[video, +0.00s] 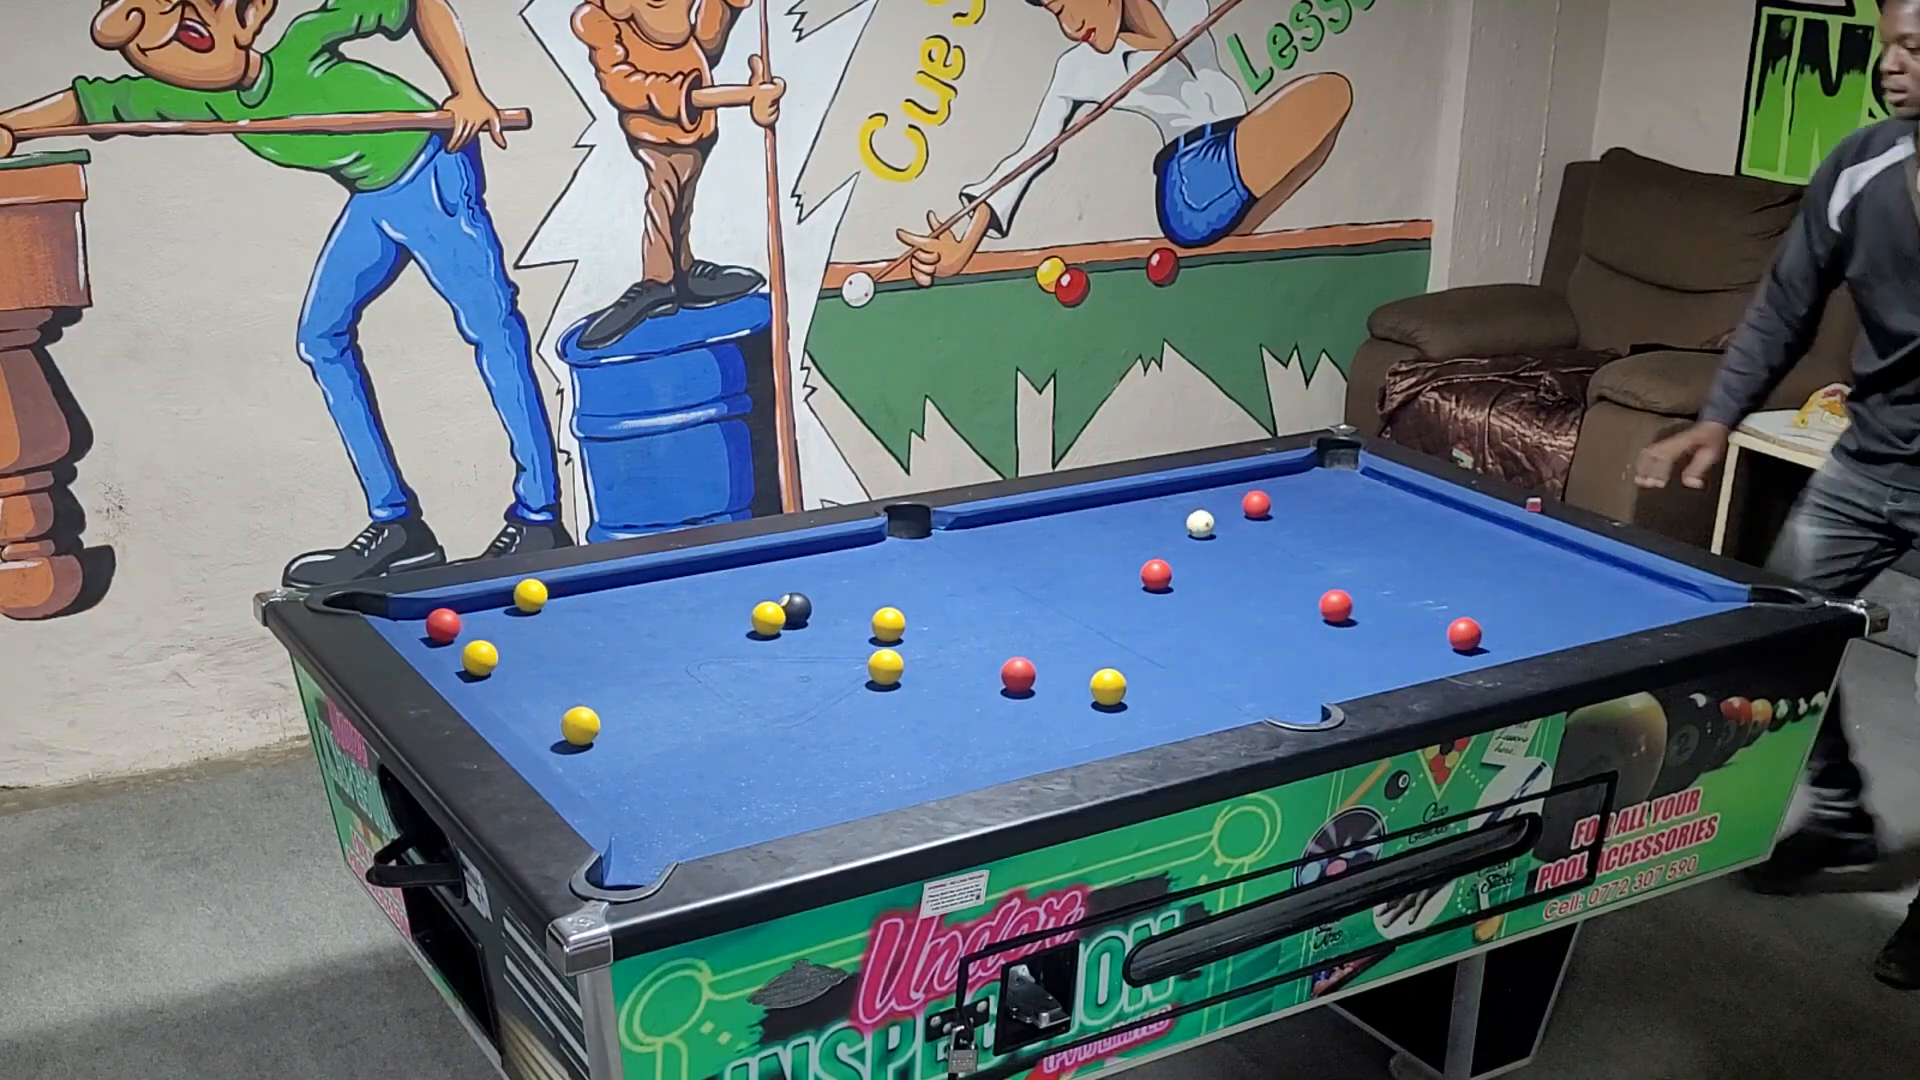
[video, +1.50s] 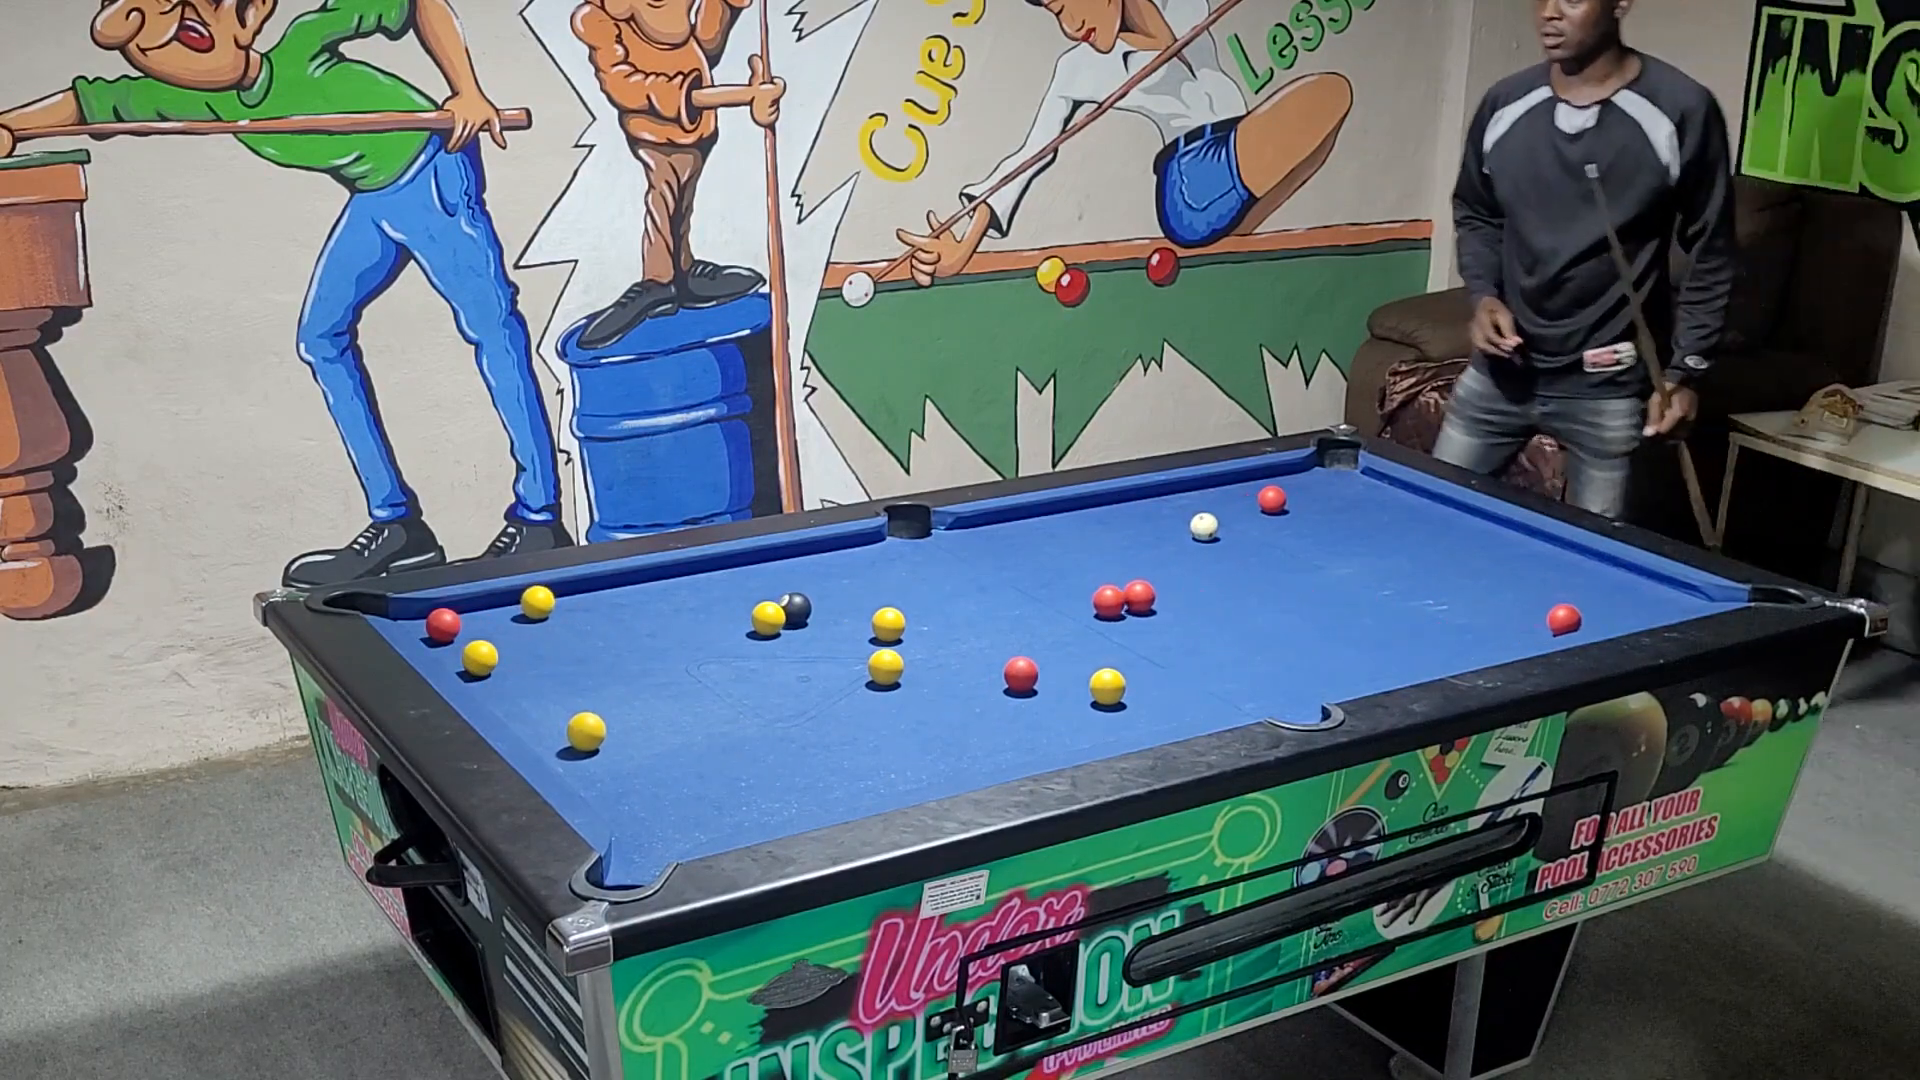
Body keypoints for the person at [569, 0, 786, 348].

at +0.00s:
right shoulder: (596, 18)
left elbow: (707, 47)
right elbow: (625, 87)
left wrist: (729, 6)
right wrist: (746, 94)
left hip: (694, 88)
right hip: (644, 104)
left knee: (687, 175)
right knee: (665, 175)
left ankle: (682, 268)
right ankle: (657, 282)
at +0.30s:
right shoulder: (596, 19)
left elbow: (707, 47)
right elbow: (625, 87)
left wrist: (729, 6)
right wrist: (746, 94)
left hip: (694, 88)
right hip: (644, 104)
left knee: (687, 175)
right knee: (665, 175)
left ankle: (682, 268)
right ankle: (657, 281)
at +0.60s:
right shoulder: (596, 19)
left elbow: (707, 47)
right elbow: (625, 88)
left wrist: (730, 6)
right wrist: (746, 94)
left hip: (694, 88)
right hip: (644, 104)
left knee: (687, 175)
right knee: (665, 175)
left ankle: (682, 268)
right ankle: (657, 281)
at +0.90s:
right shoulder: (596, 18)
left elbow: (707, 47)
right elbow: (625, 88)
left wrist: (729, 6)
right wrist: (746, 94)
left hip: (694, 87)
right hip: (644, 104)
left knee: (688, 175)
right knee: (665, 174)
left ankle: (682, 268)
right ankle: (657, 281)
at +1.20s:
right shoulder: (596, 18)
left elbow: (707, 47)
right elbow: (625, 88)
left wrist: (729, 6)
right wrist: (746, 94)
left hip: (694, 87)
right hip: (644, 104)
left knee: (688, 175)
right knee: (665, 174)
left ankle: (682, 268)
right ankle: (657, 281)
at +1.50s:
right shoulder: (596, 18)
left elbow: (707, 47)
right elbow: (625, 88)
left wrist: (729, 6)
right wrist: (746, 94)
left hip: (695, 87)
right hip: (644, 104)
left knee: (688, 174)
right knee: (665, 174)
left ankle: (682, 268)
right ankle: (657, 281)